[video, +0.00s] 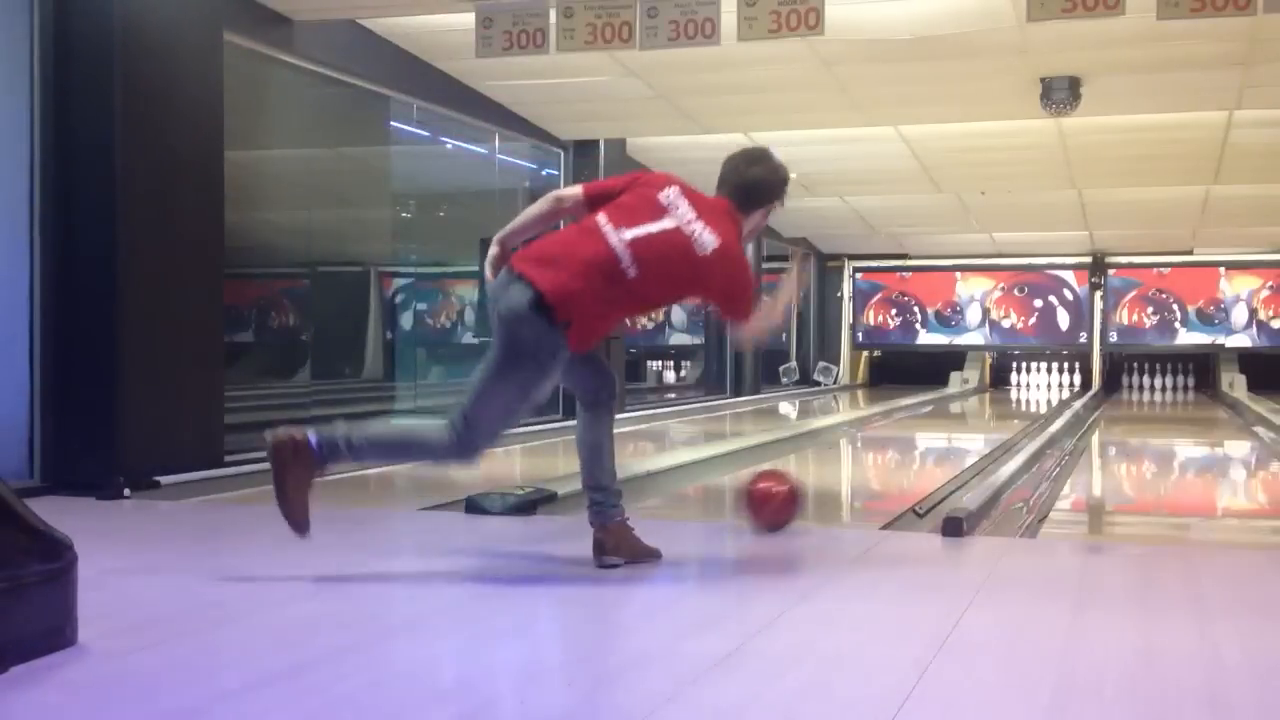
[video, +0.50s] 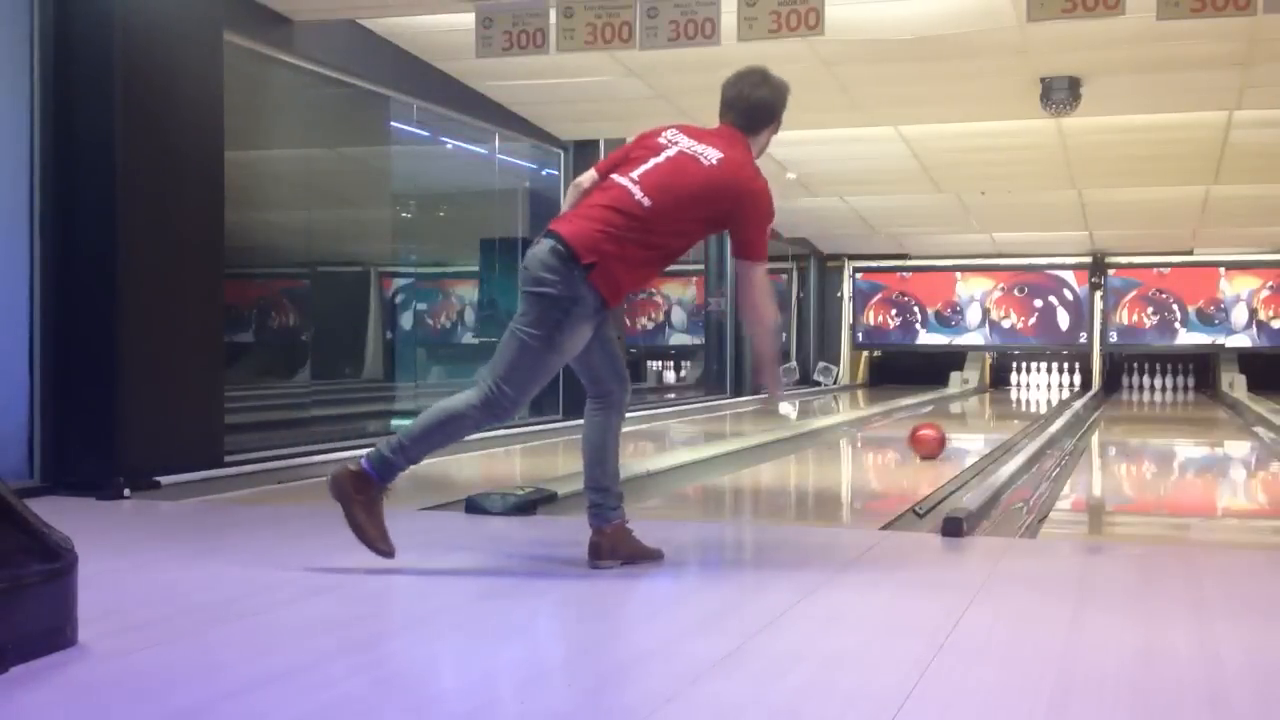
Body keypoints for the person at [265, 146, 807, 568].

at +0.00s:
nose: (772, 218)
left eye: (772, 207)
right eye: (774, 208)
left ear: (726, 184)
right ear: (762, 208)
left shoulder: (661, 184)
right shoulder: (727, 256)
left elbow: (563, 199)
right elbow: (755, 329)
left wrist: (503, 238)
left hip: (513, 286)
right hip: (543, 321)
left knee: (596, 385)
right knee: (464, 440)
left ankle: (610, 528)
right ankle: (311, 452)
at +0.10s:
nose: (778, 196)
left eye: (775, 183)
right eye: (779, 188)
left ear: (729, 161)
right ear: (767, 185)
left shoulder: (667, 165)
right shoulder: (735, 224)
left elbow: (571, 181)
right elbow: (781, 272)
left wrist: (506, 233)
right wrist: (809, 200)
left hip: (524, 259)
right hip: (552, 289)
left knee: (592, 387)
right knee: (453, 402)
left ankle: (605, 528)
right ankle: (310, 439)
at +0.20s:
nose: (781, 175)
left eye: (778, 163)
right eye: (783, 165)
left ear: (733, 139)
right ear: (774, 159)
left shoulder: (676, 148)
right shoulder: (743, 201)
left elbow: (580, 171)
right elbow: (792, 250)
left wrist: (518, 224)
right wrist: (815, 182)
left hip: (538, 252)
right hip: (556, 274)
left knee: (590, 388)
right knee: (466, 392)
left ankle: (603, 529)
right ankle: (325, 445)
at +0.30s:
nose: (783, 156)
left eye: (783, 146)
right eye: (785, 147)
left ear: (733, 123)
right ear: (775, 144)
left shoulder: (676, 139)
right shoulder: (748, 186)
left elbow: (580, 172)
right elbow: (795, 259)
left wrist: (532, 234)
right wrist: (816, 218)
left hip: (553, 257)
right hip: (560, 269)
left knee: (602, 391)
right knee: (483, 391)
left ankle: (607, 532)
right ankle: (349, 463)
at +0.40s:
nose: (781, 144)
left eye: (779, 130)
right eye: (782, 134)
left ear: (728, 113)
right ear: (775, 134)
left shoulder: (673, 136)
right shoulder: (749, 185)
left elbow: (580, 183)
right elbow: (787, 291)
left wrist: (562, 242)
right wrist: (799, 290)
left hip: (562, 263)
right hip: (567, 272)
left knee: (604, 390)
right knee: (492, 396)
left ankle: (608, 531)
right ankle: (362, 475)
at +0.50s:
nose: (774, 137)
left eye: (772, 127)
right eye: (778, 128)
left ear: (724, 110)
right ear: (771, 128)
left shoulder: (667, 134)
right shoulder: (748, 186)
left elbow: (581, 187)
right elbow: (754, 292)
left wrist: (590, 264)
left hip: (562, 263)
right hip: (574, 275)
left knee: (608, 391)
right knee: (496, 400)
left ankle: (608, 531)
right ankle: (367, 476)